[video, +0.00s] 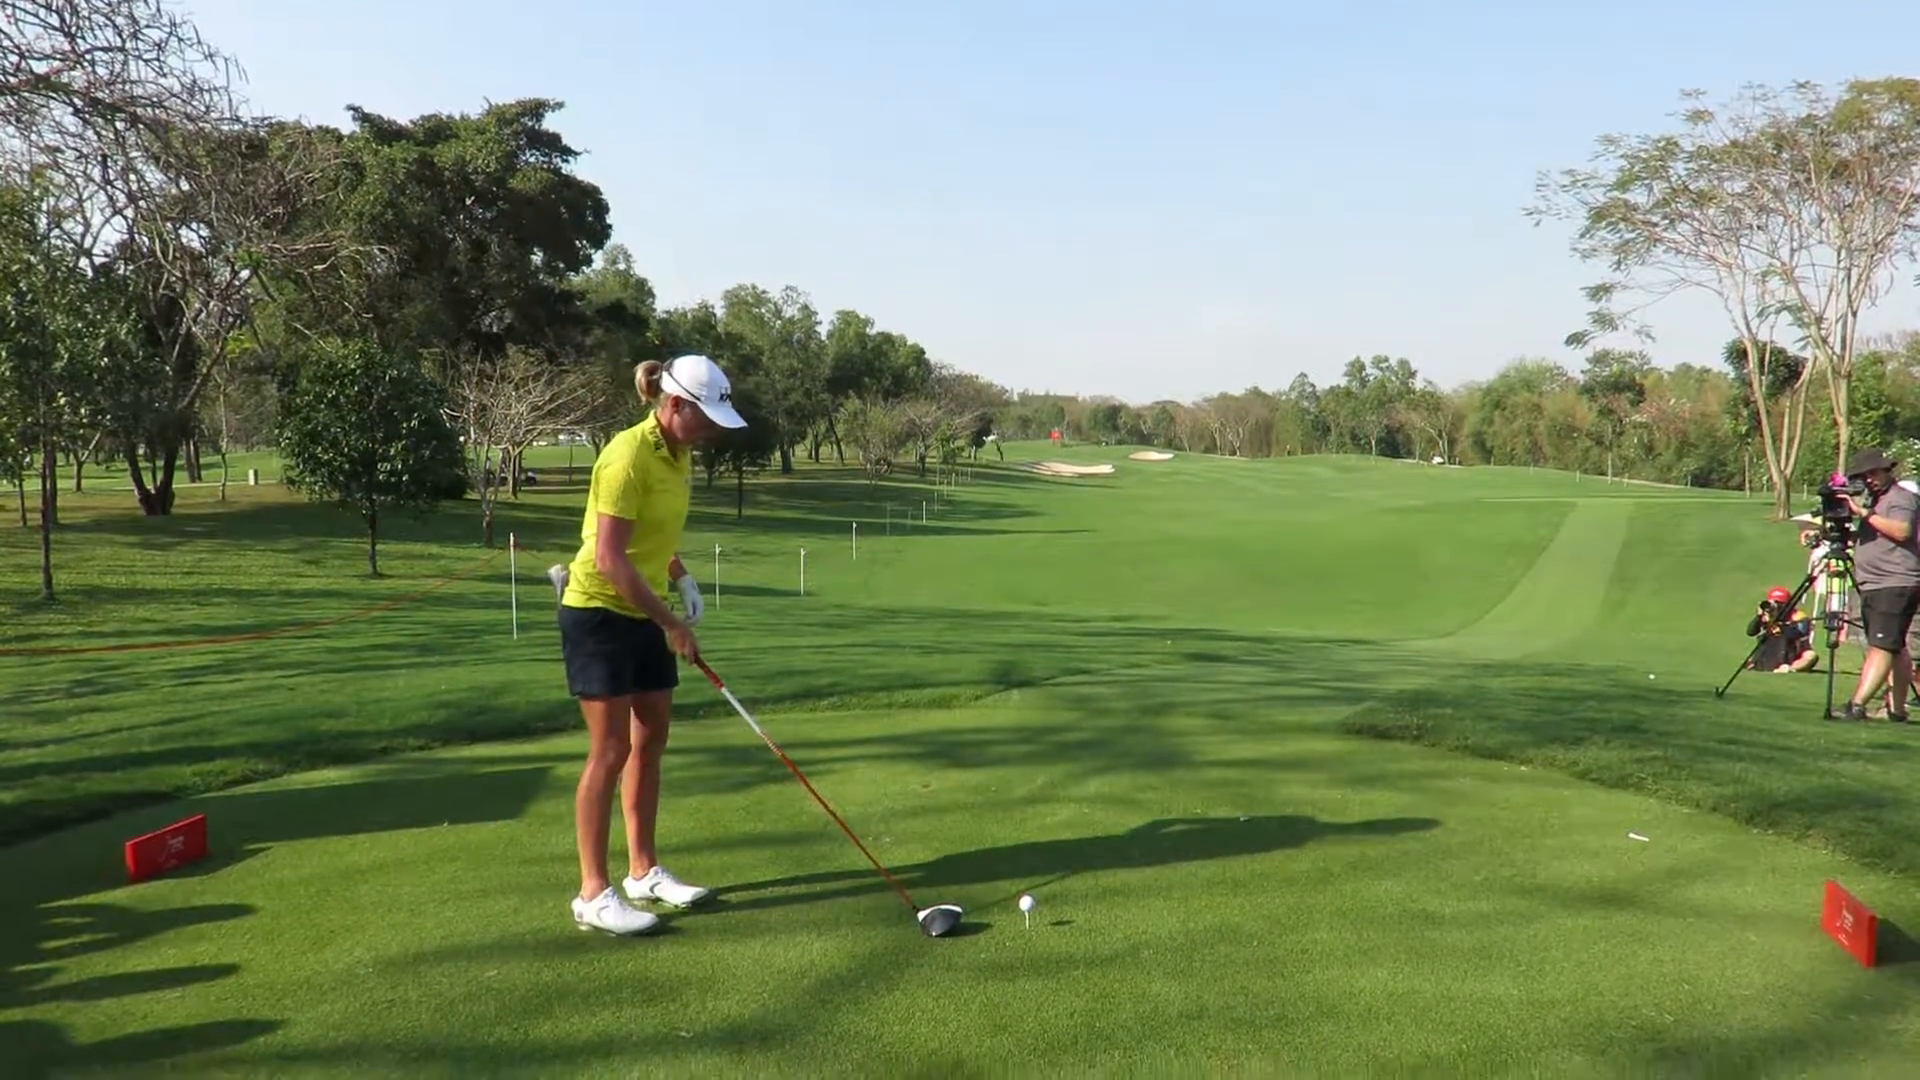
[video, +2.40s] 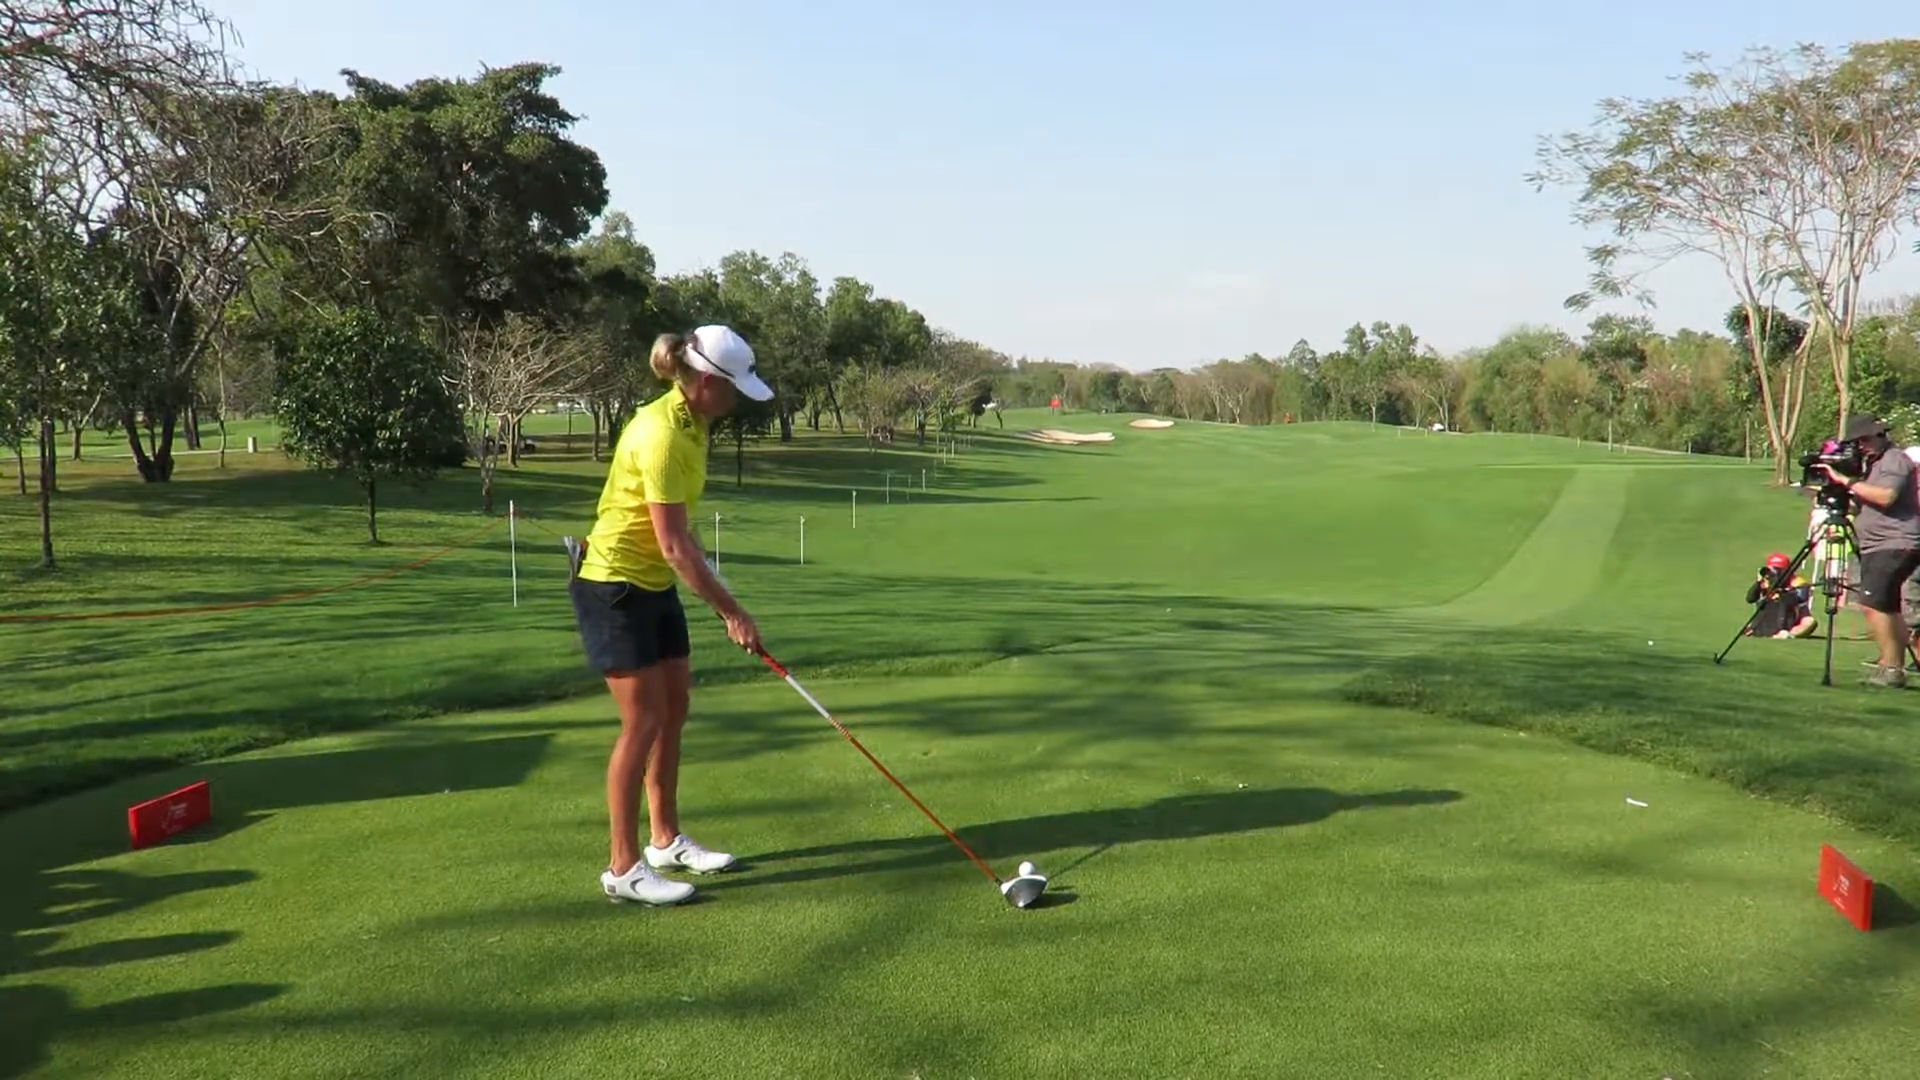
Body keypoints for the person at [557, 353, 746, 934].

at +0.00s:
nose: (711, 432)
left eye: (715, 422)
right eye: (705, 419)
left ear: (693, 411)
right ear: (674, 406)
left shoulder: (677, 456)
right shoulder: (627, 458)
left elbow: (654, 528)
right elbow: (610, 557)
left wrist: (677, 570)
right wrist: (668, 623)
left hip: (646, 613)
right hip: (598, 614)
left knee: (651, 735)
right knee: (610, 747)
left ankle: (643, 872)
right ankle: (592, 893)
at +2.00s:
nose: (731, 393)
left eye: (732, 384)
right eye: (729, 384)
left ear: (685, 375)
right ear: (711, 386)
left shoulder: (676, 426)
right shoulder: (657, 436)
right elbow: (670, 550)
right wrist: (730, 612)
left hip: (647, 585)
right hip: (608, 588)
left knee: (666, 713)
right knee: (634, 721)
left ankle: (658, 844)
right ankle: (623, 869)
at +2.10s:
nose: (731, 392)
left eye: (732, 383)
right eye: (729, 383)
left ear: (685, 375)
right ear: (709, 385)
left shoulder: (672, 424)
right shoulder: (657, 436)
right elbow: (670, 551)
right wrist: (731, 613)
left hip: (647, 584)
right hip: (608, 588)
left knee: (677, 704)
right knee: (633, 722)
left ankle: (660, 839)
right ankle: (622, 868)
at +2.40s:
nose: (737, 401)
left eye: (739, 391)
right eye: (733, 390)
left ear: (704, 386)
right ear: (703, 386)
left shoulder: (689, 427)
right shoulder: (662, 435)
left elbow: (674, 526)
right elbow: (675, 545)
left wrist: (703, 577)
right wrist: (732, 611)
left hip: (656, 582)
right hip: (615, 584)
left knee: (673, 707)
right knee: (643, 719)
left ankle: (665, 842)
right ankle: (622, 867)